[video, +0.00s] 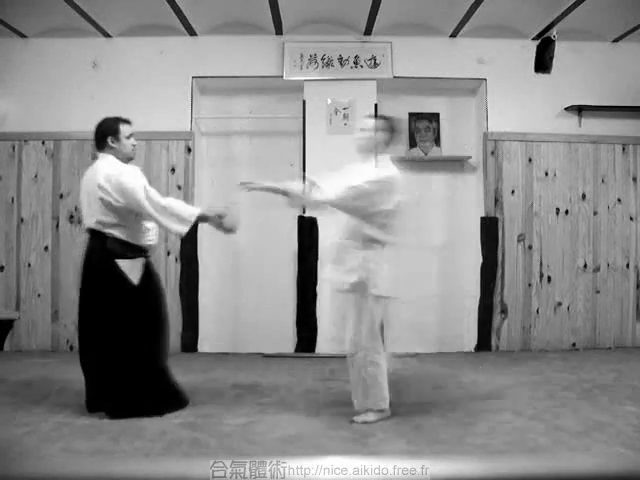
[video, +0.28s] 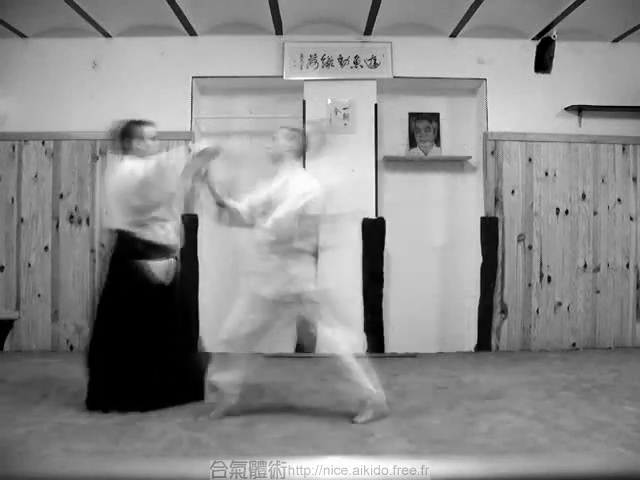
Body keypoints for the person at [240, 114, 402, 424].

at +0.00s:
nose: (365, 136)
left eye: (373, 131)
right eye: (364, 130)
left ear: (387, 138)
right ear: (363, 135)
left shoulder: (386, 176)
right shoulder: (361, 171)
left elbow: (341, 197)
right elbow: (320, 191)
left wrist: (303, 197)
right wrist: (270, 187)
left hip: (371, 266)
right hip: (353, 264)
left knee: (366, 338)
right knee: (356, 337)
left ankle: (377, 406)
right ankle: (366, 404)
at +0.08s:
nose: (334, 136)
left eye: (342, 130)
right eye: (333, 130)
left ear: (359, 135)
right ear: (334, 134)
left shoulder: (363, 173)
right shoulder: (333, 169)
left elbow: (324, 196)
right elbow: (293, 186)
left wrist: (285, 196)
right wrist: (240, 191)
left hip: (350, 259)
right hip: (331, 258)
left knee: (358, 332)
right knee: (346, 332)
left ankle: (376, 406)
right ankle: (368, 403)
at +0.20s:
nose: (306, 139)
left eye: (313, 133)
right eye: (306, 134)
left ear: (329, 138)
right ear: (310, 139)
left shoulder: (336, 174)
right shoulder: (305, 175)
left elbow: (298, 206)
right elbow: (272, 194)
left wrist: (280, 211)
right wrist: (234, 202)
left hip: (333, 270)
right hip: (302, 270)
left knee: (349, 339)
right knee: (265, 329)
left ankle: (375, 405)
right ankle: (244, 392)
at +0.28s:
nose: (271, 144)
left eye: (279, 139)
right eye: (274, 139)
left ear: (295, 146)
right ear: (287, 148)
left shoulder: (306, 185)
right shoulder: (278, 183)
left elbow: (278, 229)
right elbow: (240, 212)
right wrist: (210, 184)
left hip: (295, 271)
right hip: (273, 270)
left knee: (332, 337)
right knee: (235, 333)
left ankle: (373, 401)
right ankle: (226, 401)